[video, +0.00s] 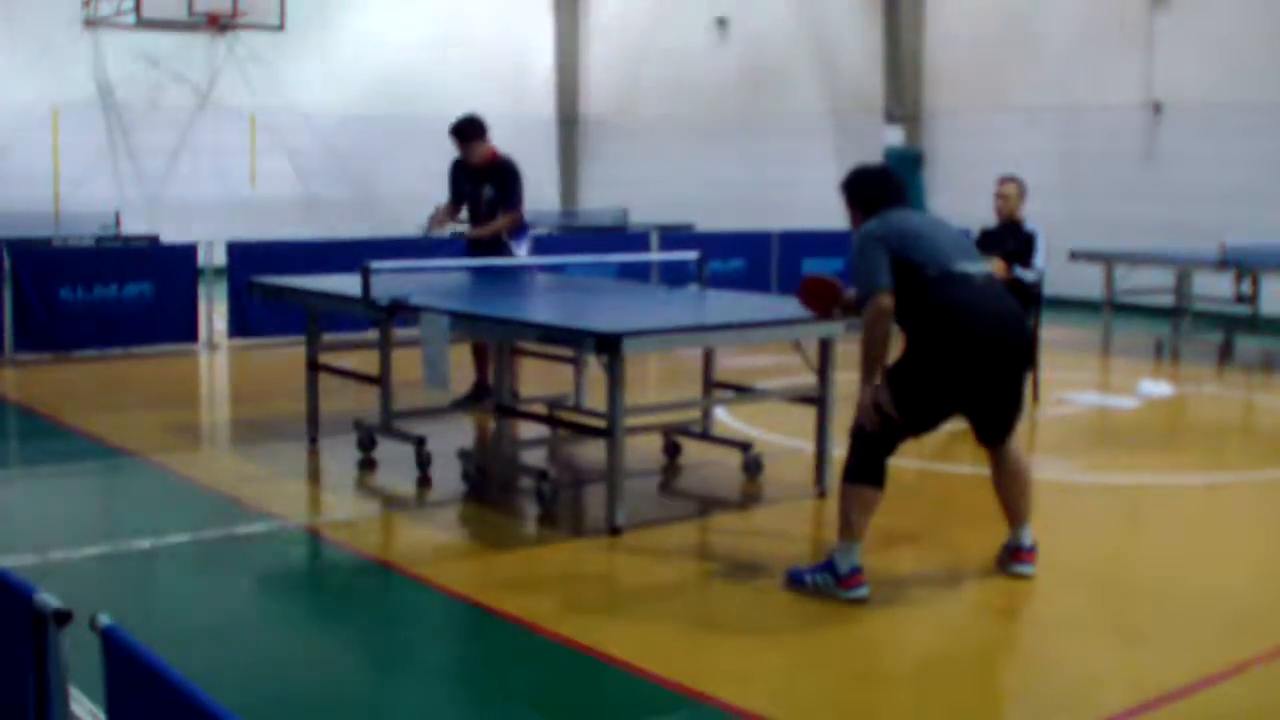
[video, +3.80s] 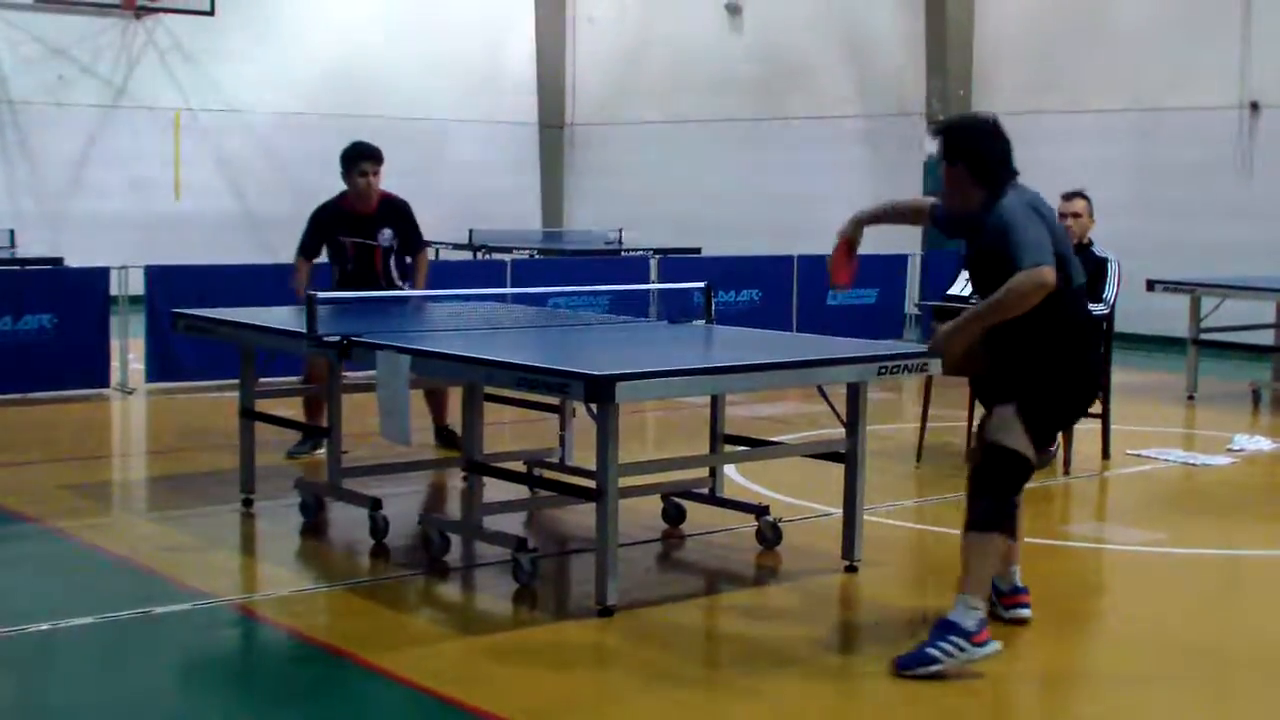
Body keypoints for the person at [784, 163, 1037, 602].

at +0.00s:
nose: (849, 219)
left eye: (849, 210)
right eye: (848, 210)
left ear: (858, 208)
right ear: (899, 196)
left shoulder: (872, 235)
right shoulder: (937, 226)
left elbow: (881, 305)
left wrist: (870, 382)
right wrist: (856, 304)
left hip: (944, 353)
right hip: (1006, 346)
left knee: (871, 439)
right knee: (999, 438)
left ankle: (845, 561)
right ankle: (1023, 542)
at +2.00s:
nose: (855, 198)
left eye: (854, 190)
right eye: (855, 190)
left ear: (863, 188)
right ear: (906, 181)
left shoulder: (871, 218)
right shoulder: (942, 215)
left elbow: (875, 282)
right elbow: (981, 271)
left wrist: (876, 358)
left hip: (933, 341)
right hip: (995, 338)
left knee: (858, 433)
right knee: (993, 431)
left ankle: (844, 556)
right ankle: (1021, 534)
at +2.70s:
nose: (868, 201)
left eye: (868, 193)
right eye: (868, 193)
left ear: (877, 191)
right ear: (920, 185)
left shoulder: (886, 223)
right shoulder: (955, 220)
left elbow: (889, 287)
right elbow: (996, 279)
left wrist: (883, 370)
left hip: (942, 351)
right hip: (1001, 349)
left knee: (871, 447)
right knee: (996, 442)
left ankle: (844, 567)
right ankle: (1021, 547)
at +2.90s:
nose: (908, 196)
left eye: (910, 185)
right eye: (908, 185)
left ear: (923, 185)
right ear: (969, 177)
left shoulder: (937, 222)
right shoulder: (1011, 213)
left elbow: (951, 299)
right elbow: (1016, 300)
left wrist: (941, 393)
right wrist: (921, 310)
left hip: (1010, 361)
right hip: (1076, 357)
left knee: (927, 478)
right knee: (1061, 481)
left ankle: (889, 623)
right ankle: (1088, 607)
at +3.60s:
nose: (907, 220)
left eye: (905, 209)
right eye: (903, 209)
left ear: (920, 201)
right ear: (952, 185)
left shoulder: (952, 227)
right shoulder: (1002, 217)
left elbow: (947, 302)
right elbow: (1033, 300)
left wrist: (900, 388)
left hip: (1002, 379)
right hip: (1045, 377)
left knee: (920, 489)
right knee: (981, 473)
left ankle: (900, 628)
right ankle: (1009, 587)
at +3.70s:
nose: (921, 204)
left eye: (923, 192)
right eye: (919, 194)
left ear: (945, 187)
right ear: (965, 180)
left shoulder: (986, 220)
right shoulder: (990, 213)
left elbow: (996, 291)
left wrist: (932, 361)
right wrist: (878, 253)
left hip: (1041, 372)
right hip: (1037, 368)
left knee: (957, 476)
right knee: (978, 469)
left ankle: (917, 621)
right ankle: (1008, 587)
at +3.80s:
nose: (941, 179)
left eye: (947, 168)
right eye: (943, 169)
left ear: (970, 173)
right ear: (981, 171)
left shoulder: (1015, 212)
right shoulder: (984, 212)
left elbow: (1040, 277)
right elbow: (926, 212)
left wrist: (967, 326)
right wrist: (863, 219)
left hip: (1061, 361)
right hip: (1025, 353)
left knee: (993, 473)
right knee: (996, 465)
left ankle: (968, 624)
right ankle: (1008, 583)